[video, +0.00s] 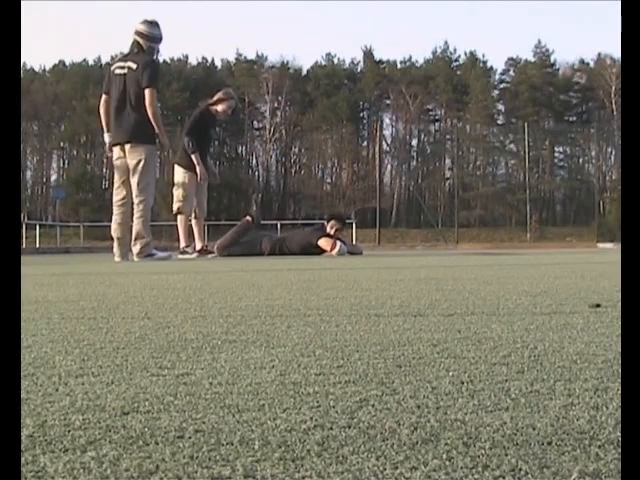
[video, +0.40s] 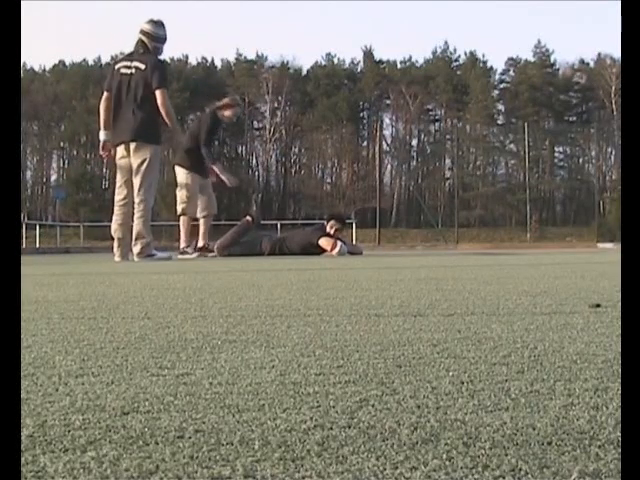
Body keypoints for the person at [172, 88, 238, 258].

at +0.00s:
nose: (228, 112)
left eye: (231, 109)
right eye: (228, 107)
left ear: (225, 106)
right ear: (219, 102)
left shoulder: (211, 119)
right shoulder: (201, 113)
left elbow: (202, 149)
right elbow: (188, 139)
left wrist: (210, 166)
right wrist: (198, 165)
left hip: (198, 167)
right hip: (185, 165)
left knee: (199, 208)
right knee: (184, 206)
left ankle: (200, 245)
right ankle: (184, 245)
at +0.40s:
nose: (232, 118)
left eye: (235, 115)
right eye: (233, 114)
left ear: (227, 111)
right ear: (225, 108)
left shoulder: (216, 121)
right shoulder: (209, 118)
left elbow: (204, 149)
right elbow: (205, 148)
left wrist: (208, 171)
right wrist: (222, 174)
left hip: (200, 167)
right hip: (186, 164)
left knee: (207, 206)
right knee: (186, 205)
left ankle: (202, 244)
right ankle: (184, 246)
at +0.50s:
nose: (236, 124)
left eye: (239, 121)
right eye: (237, 119)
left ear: (233, 116)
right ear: (230, 113)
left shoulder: (220, 127)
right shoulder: (213, 124)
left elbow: (210, 157)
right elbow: (211, 156)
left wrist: (210, 175)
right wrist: (231, 180)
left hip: (200, 170)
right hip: (187, 167)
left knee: (208, 208)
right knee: (187, 208)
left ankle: (206, 245)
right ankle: (184, 246)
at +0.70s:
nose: (249, 138)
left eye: (252, 135)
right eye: (250, 133)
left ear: (243, 128)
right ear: (242, 126)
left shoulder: (230, 139)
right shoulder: (225, 136)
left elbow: (233, 169)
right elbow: (226, 170)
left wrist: (247, 188)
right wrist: (245, 192)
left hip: (202, 171)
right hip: (189, 168)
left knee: (209, 209)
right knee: (192, 209)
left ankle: (207, 246)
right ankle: (184, 247)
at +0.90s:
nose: (253, 144)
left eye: (257, 143)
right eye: (254, 138)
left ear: (257, 145)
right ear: (249, 131)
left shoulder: (237, 144)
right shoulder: (233, 143)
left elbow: (241, 175)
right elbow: (239, 178)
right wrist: (255, 201)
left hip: (205, 168)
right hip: (194, 165)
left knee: (214, 208)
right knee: (204, 205)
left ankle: (207, 246)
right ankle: (185, 240)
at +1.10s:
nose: (261, 151)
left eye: (264, 151)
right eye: (262, 146)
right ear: (255, 139)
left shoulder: (244, 151)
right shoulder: (239, 148)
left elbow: (247, 180)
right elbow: (244, 181)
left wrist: (258, 206)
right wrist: (258, 208)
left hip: (208, 166)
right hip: (199, 163)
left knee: (216, 206)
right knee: (211, 203)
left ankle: (209, 243)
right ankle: (200, 240)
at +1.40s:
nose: (275, 171)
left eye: (277, 168)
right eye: (275, 167)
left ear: (267, 156)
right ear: (269, 159)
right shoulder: (251, 159)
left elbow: (255, 192)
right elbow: (255, 191)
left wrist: (265, 219)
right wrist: (268, 220)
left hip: (203, 163)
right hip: (211, 165)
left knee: (213, 209)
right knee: (224, 205)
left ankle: (207, 246)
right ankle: (218, 246)